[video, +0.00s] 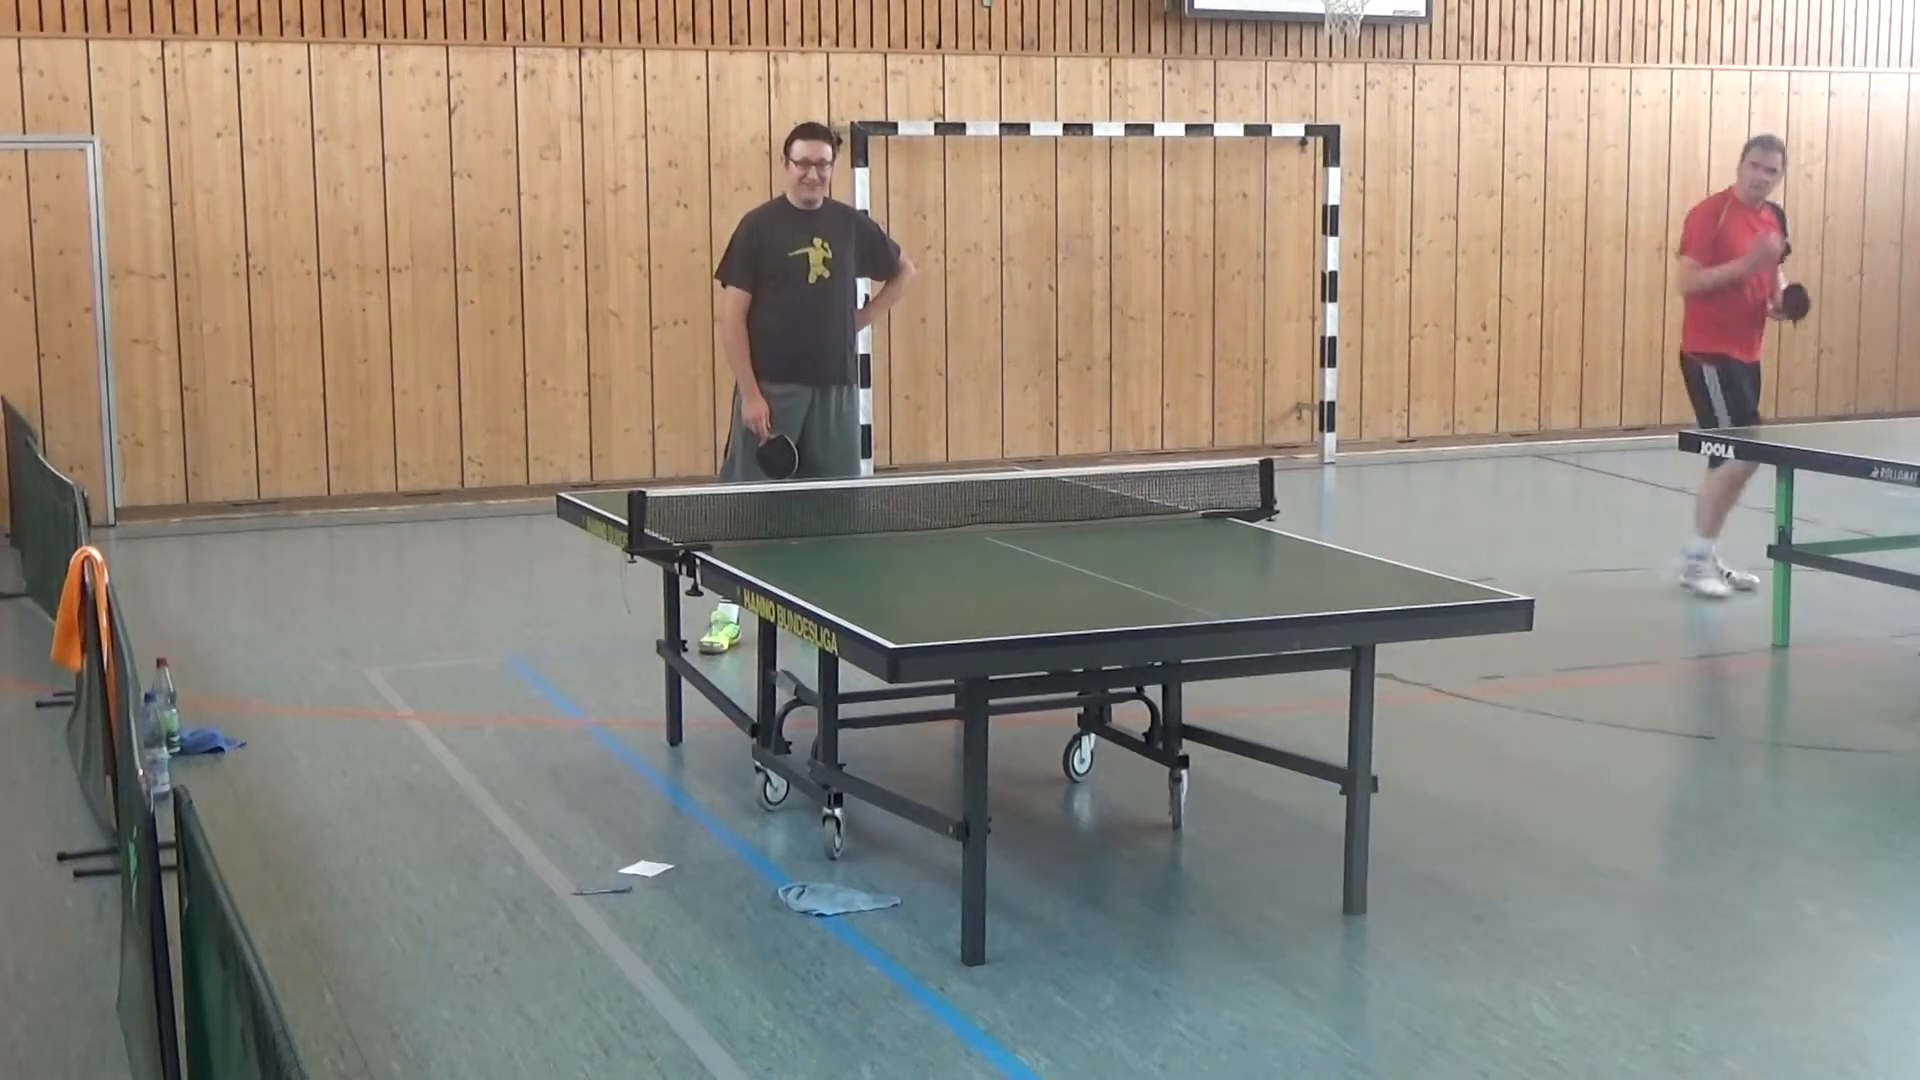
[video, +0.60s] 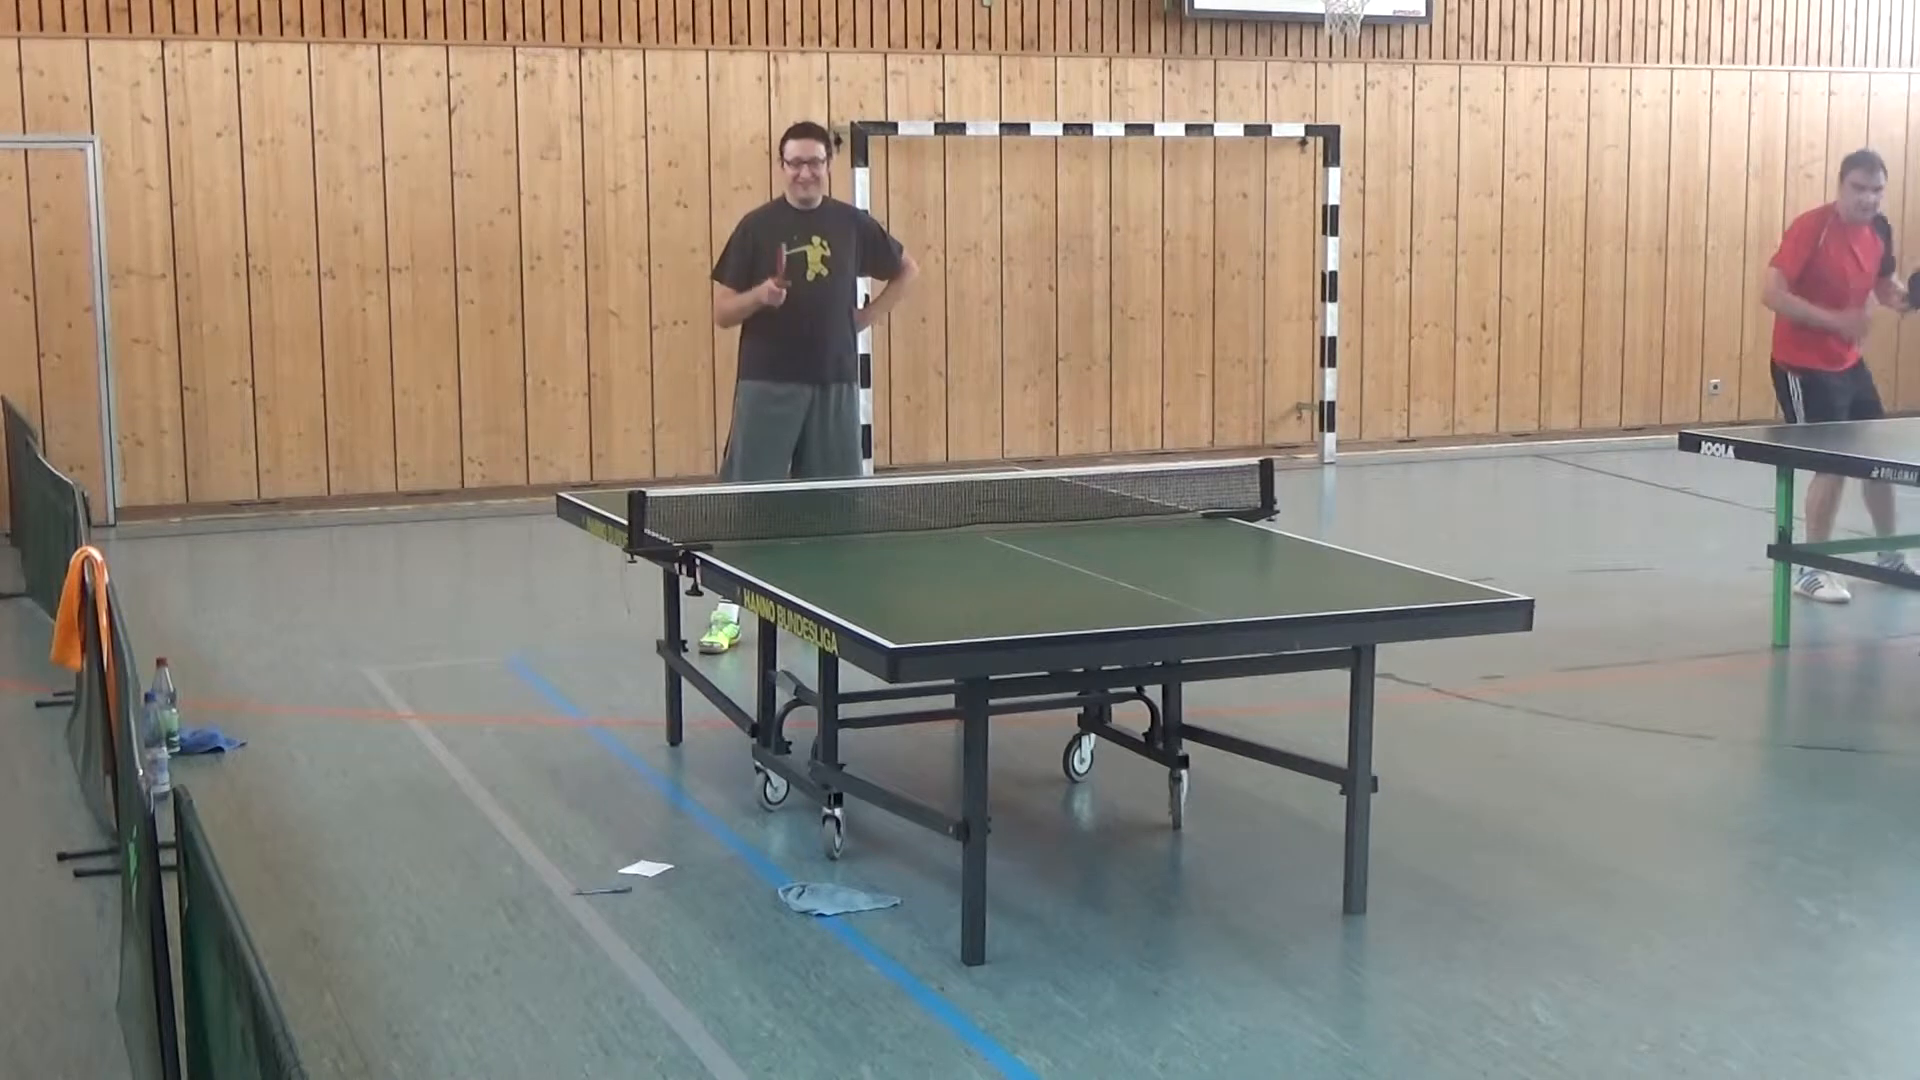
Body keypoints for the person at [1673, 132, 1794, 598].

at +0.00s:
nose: (1762, 177)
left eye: (1772, 171)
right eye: (1756, 166)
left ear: (1781, 176)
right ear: (1739, 165)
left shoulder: (1773, 218)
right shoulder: (1708, 213)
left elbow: (1770, 276)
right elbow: (1685, 282)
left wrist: (1780, 298)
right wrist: (1747, 263)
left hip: (1745, 353)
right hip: (1709, 352)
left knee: (1734, 459)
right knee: (1742, 453)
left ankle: (1707, 558)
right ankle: (1697, 560)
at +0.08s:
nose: (1773, 181)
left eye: (1784, 175)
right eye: (1767, 170)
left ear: (1793, 180)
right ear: (1752, 168)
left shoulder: (1783, 222)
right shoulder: (1726, 214)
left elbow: (1789, 278)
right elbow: (1728, 281)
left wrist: (1801, 303)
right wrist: (1779, 241)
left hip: (1757, 356)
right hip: (1725, 354)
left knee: (1736, 459)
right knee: (1765, 451)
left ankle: (1700, 560)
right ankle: (1760, 565)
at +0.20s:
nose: (1799, 188)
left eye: (1808, 182)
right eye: (1792, 178)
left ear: (1817, 184)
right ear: (1774, 175)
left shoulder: (1802, 220)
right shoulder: (1753, 218)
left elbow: (1806, 271)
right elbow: (1780, 277)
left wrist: (1829, 302)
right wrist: (1812, 222)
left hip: (1778, 359)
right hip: (1750, 360)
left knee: (1763, 465)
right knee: (1791, 461)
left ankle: (1709, 554)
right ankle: (1802, 569)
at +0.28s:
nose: (1816, 191)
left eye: (1825, 185)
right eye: (1809, 181)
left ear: (1831, 186)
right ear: (1788, 176)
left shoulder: (1811, 221)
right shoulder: (1768, 220)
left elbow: (1817, 273)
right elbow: (1802, 280)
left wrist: (1844, 299)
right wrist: (1828, 223)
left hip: (1795, 359)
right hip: (1766, 361)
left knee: (1804, 464)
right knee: (1808, 462)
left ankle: (1731, 537)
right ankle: (1806, 569)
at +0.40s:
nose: (1839, 192)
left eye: (1846, 185)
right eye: (1831, 182)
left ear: (1852, 188)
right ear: (1810, 178)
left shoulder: (1834, 224)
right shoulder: (1786, 223)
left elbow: (1839, 277)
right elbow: (1805, 292)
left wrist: (1875, 295)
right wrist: (1844, 240)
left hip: (1817, 359)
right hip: (1783, 364)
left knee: (1853, 449)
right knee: (1826, 460)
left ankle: (1786, 527)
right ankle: (1809, 567)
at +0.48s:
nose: (1852, 192)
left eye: (1859, 185)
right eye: (1844, 183)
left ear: (1866, 187)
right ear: (1823, 181)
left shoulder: (1849, 226)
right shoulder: (1796, 224)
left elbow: (1854, 278)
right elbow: (1788, 297)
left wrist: (1890, 295)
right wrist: (1845, 264)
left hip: (1830, 358)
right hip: (1791, 363)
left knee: (1870, 446)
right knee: (1830, 456)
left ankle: (1824, 543)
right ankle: (1810, 566)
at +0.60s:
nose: (1868, 198)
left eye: (1876, 190)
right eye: (1859, 188)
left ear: (1884, 192)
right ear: (1840, 186)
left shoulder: (1877, 232)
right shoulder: (1811, 226)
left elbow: (1882, 284)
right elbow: (1772, 292)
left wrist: (1903, 300)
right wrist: (1837, 320)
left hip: (1849, 362)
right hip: (1802, 364)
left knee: (1878, 458)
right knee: (1831, 462)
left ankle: (1888, 557)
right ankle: (1809, 569)